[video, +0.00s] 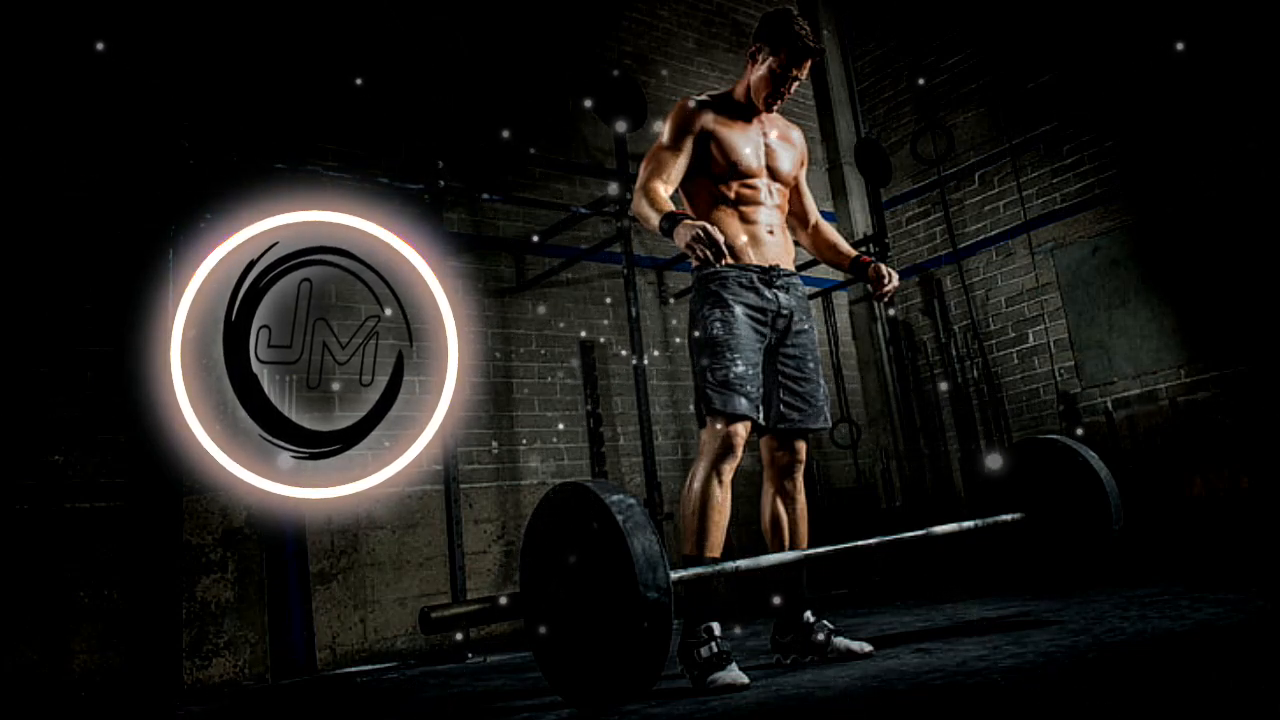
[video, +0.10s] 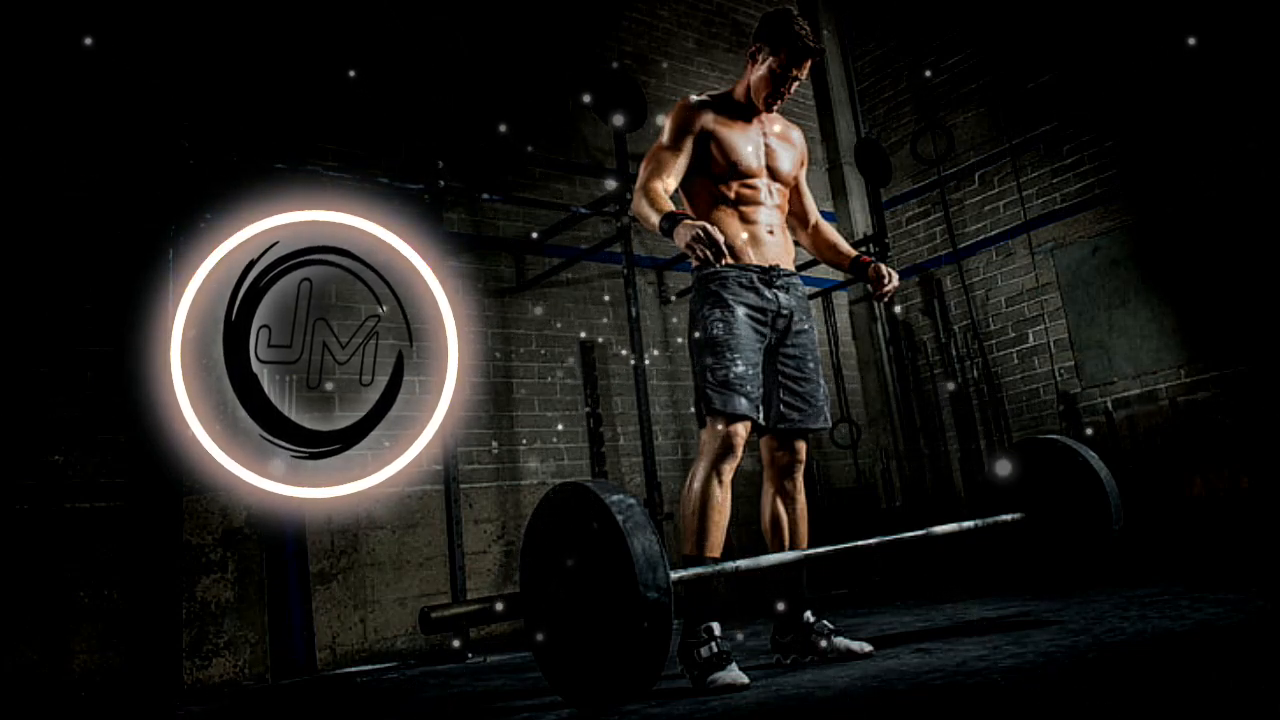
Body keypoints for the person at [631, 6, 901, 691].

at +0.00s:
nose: (788, 90)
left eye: (798, 80)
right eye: (785, 75)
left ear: (800, 77)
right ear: (756, 58)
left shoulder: (792, 136)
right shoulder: (697, 117)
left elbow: (808, 224)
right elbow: (645, 197)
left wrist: (861, 265)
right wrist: (676, 225)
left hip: (790, 297)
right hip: (730, 292)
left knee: (790, 455)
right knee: (729, 437)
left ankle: (796, 623)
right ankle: (698, 634)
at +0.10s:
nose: (787, 91)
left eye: (797, 81)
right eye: (785, 75)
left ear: (800, 77)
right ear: (756, 58)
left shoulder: (792, 136)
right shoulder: (698, 116)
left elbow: (809, 224)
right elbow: (645, 197)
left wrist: (860, 265)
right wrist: (675, 225)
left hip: (790, 297)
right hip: (730, 293)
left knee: (790, 455)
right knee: (729, 437)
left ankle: (795, 623)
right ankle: (699, 633)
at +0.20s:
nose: (787, 92)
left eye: (797, 81)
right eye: (784, 75)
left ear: (800, 77)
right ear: (756, 58)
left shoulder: (792, 136)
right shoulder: (697, 115)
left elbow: (808, 224)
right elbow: (646, 197)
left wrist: (860, 265)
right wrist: (675, 225)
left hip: (790, 297)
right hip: (730, 292)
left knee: (790, 455)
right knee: (729, 437)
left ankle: (796, 623)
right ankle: (699, 633)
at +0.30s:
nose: (788, 93)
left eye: (798, 81)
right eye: (785, 76)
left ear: (801, 77)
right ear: (756, 59)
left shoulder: (792, 136)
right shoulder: (698, 114)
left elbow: (808, 224)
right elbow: (646, 198)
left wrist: (860, 264)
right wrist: (675, 226)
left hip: (790, 297)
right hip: (730, 292)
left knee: (790, 454)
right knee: (729, 437)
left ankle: (797, 623)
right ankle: (699, 633)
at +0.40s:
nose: (789, 91)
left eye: (799, 81)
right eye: (786, 75)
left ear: (801, 77)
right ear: (756, 59)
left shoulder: (792, 136)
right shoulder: (699, 114)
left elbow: (809, 224)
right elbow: (645, 197)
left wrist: (860, 265)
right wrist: (675, 226)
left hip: (790, 297)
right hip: (730, 292)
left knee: (790, 455)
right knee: (729, 438)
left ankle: (798, 623)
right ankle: (699, 634)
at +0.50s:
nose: (789, 91)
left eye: (799, 81)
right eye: (786, 75)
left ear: (801, 77)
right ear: (756, 59)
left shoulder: (792, 136)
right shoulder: (699, 115)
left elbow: (809, 224)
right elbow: (644, 198)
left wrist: (860, 265)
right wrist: (675, 226)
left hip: (790, 297)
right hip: (731, 292)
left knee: (790, 455)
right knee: (729, 437)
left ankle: (798, 624)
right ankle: (699, 634)